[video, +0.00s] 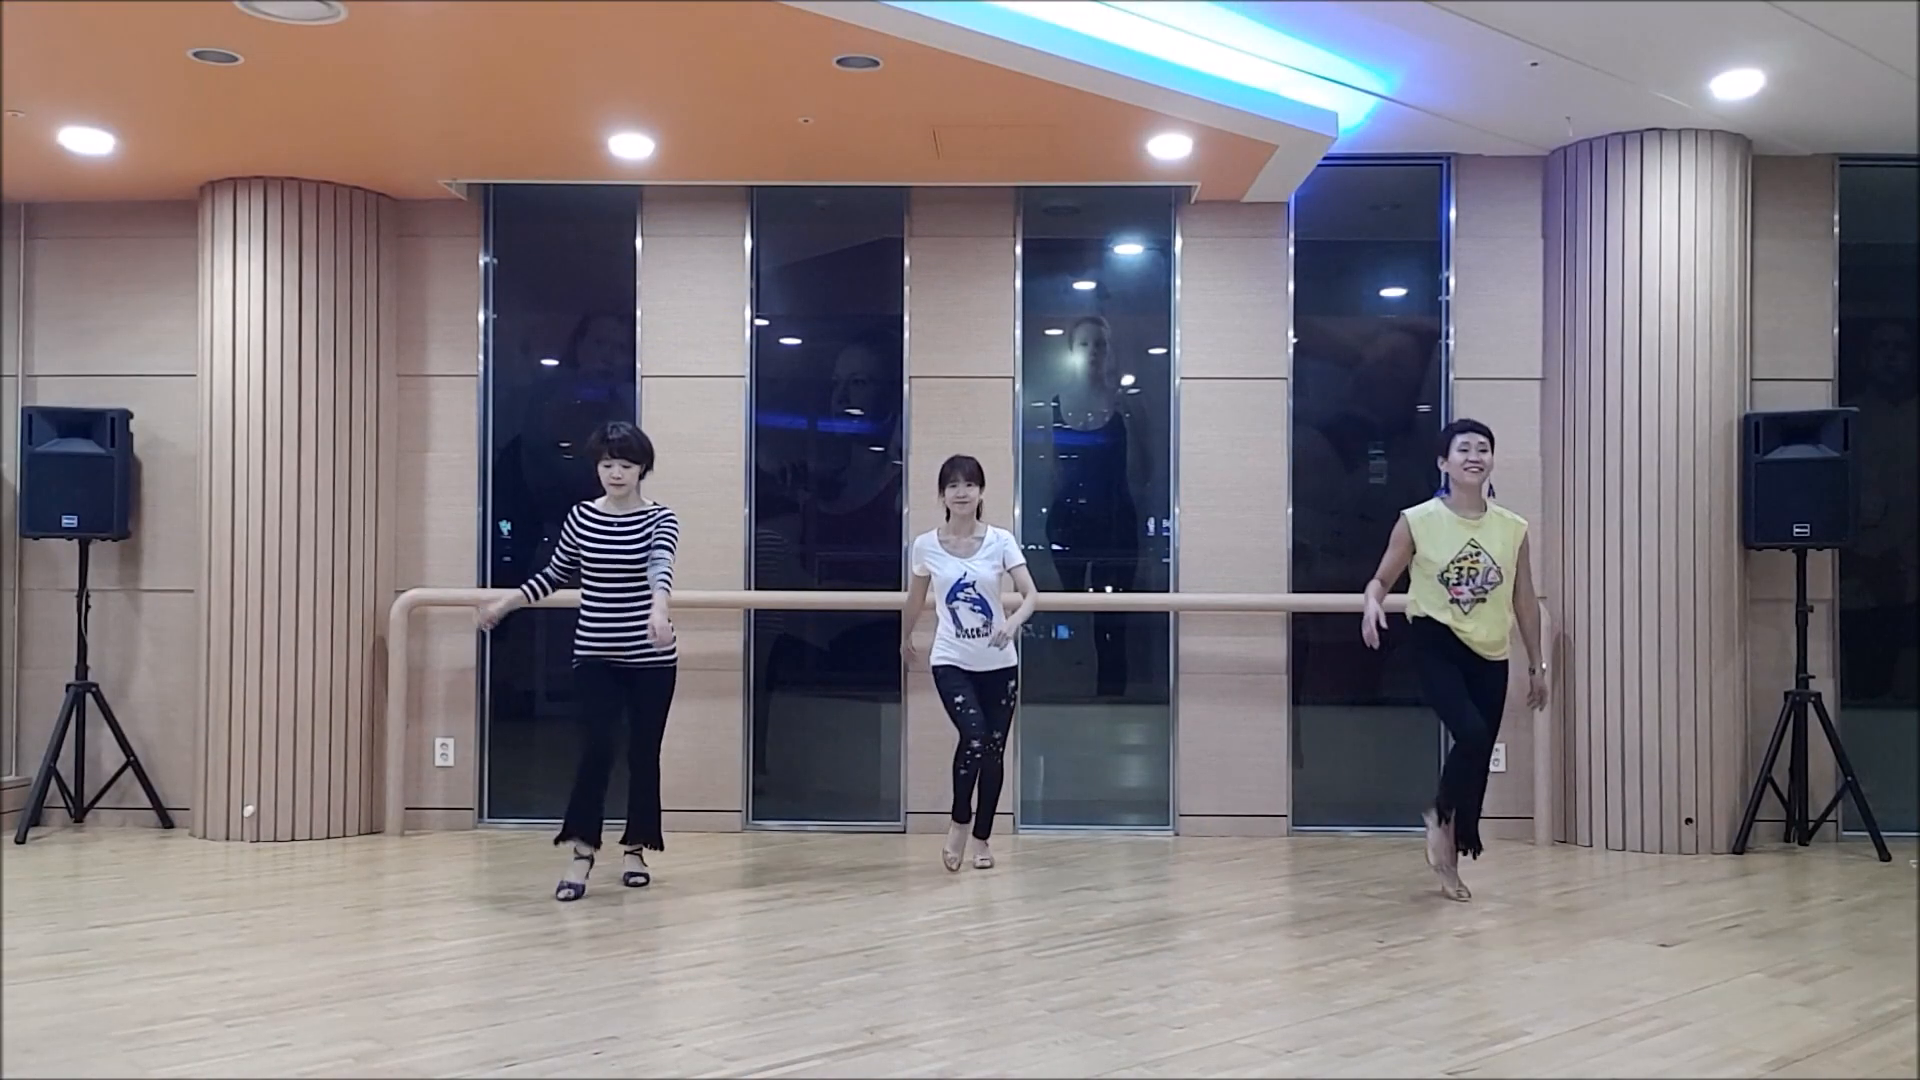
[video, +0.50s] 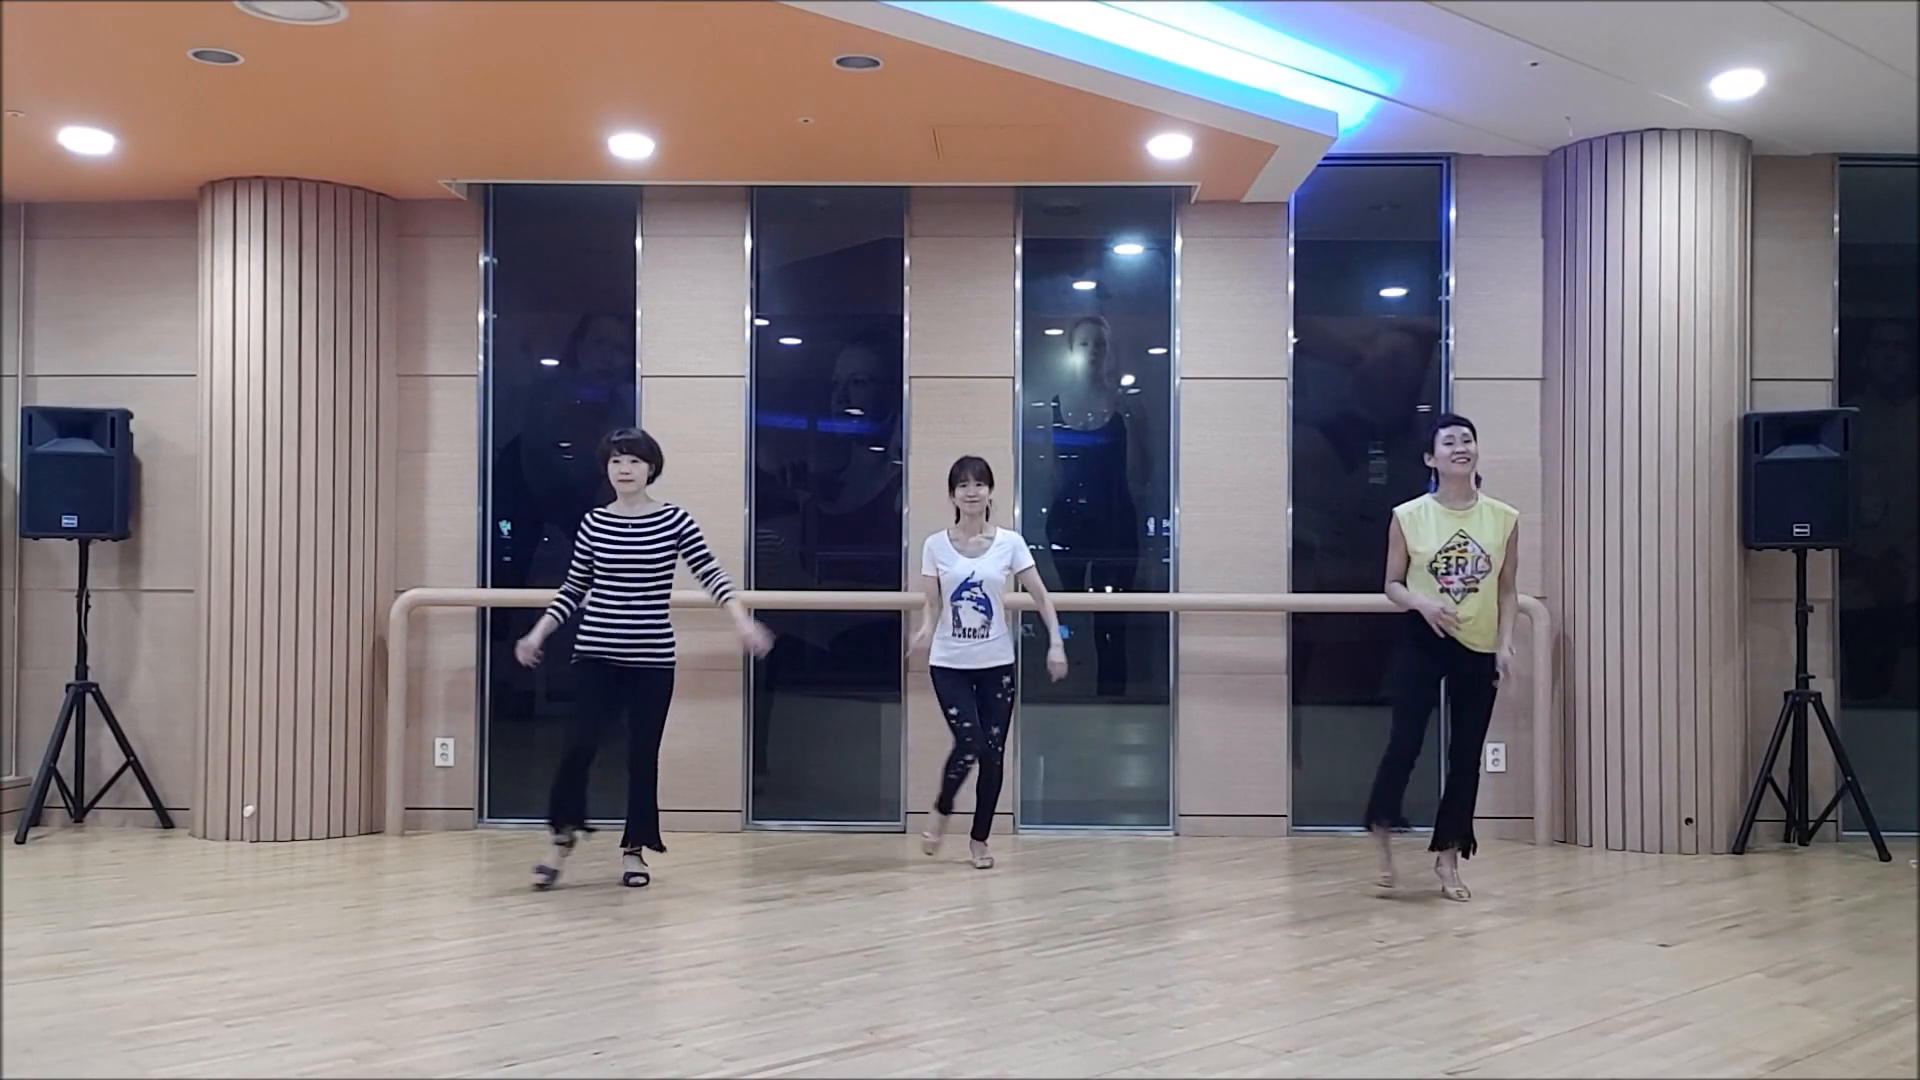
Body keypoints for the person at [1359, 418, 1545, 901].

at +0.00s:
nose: (1473, 456)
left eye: (1481, 450)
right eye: (1463, 450)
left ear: (1493, 462)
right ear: (1444, 462)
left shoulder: (1513, 528)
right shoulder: (1417, 521)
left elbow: (1524, 600)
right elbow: (1380, 583)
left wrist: (1537, 665)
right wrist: (1372, 603)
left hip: (1490, 650)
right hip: (1434, 643)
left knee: (1477, 752)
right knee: (1474, 736)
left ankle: (1451, 858)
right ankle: (1441, 818)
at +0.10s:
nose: (1469, 450)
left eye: (1476, 444)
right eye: (1459, 444)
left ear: (1487, 456)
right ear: (1439, 455)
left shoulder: (1507, 521)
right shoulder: (1412, 514)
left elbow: (1522, 589)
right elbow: (1377, 574)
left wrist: (1537, 652)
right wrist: (1367, 595)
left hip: (1488, 644)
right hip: (1432, 638)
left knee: (1471, 749)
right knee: (1465, 739)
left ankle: (1450, 858)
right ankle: (1430, 814)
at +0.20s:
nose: (1465, 451)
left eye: (1472, 445)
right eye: (1455, 445)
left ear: (1482, 455)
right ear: (1435, 456)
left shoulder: (1503, 520)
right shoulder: (1409, 515)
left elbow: (1518, 585)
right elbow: (1386, 575)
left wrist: (1535, 645)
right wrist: (1375, 594)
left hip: (1485, 645)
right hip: (1430, 638)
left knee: (1469, 752)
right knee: (1446, 747)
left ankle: (1450, 856)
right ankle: (1422, 850)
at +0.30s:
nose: (1462, 447)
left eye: (1470, 441)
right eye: (1452, 441)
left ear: (1479, 452)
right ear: (1433, 452)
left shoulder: (1501, 514)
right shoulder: (1408, 512)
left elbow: (1514, 587)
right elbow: (1394, 575)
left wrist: (1531, 648)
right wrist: (1391, 595)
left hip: (1481, 640)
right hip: (1427, 633)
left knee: (1465, 753)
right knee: (1433, 747)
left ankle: (1449, 856)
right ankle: (1419, 850)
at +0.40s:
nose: (1462, 447)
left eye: (1469, 440)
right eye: (1451, 441)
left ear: (1479, 451)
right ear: (1433, 454)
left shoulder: (1503, 515)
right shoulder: (1410, 514)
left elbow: (1510, 590)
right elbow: (1393, 581)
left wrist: (1521, 653)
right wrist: (1409, 608)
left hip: (1477, 647)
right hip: (1424, 643)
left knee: (1463, 756)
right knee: (1422, 749)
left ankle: (1449, 857)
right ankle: (1415, 846)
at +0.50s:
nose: (1461, 447)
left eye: (1466, 441)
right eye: (1450, 442)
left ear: (1478, 454)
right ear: (1432, 458)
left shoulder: (1503, 518)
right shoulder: (1409, 516)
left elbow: (1507, 589)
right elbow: (1392, 585)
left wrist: (1503, 645)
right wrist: (1423, 603)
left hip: (1478, 649)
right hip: (1423, 642)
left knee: (1466, 756)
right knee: (1406, 744)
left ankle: (1448, 856)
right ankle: (1381, 833)